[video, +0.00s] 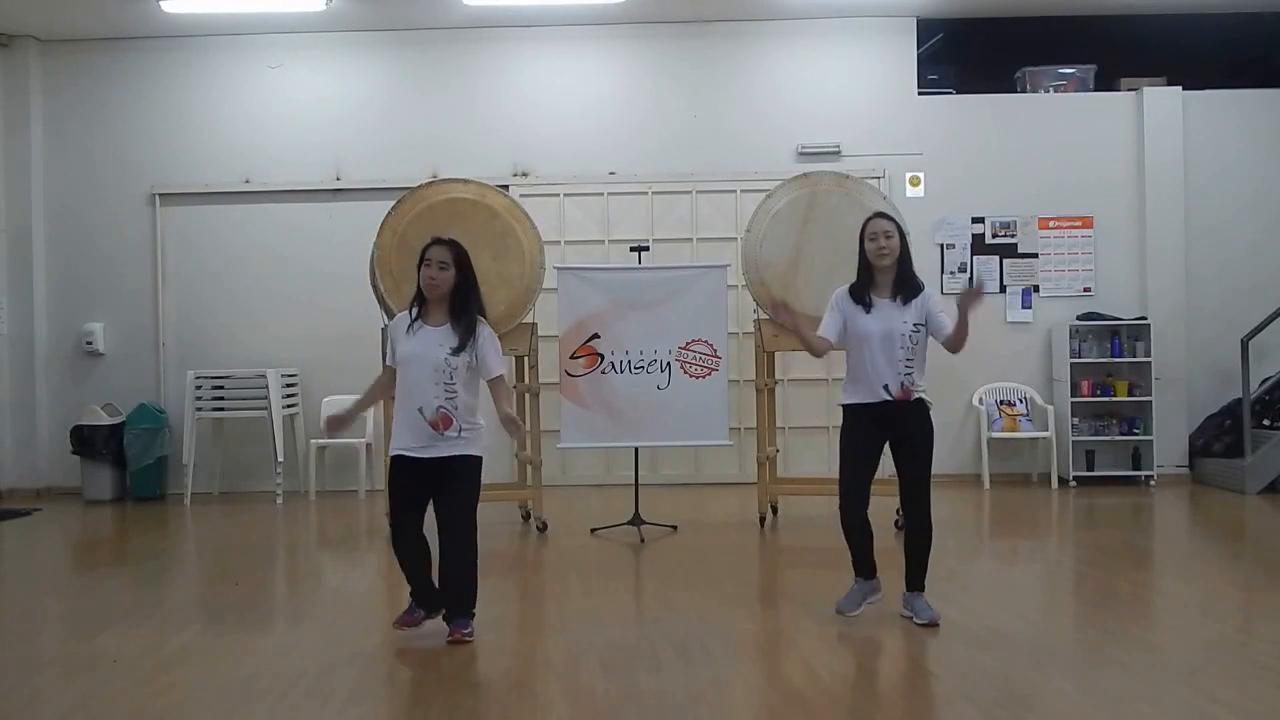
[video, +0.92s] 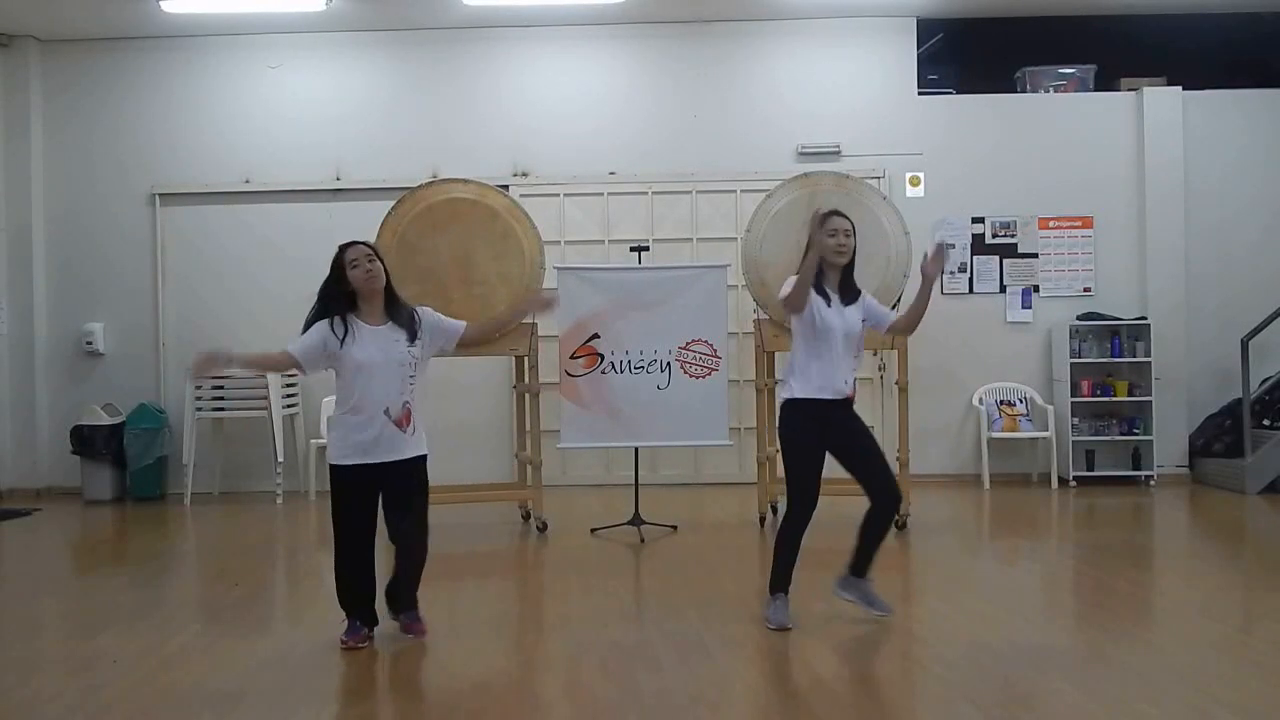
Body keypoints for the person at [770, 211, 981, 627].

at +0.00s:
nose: (881, 243)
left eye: (888, 236)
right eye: (873, 238)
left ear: (902, 243)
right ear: (862, 247)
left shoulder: (921, 295)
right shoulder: (845, 298)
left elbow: (953, 344)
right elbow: (820, 348)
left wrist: (964, 313)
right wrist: (798, 327)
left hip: (910, 413)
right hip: (860, 414)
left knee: (917, 507)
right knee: (851, 506)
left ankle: (915, 594)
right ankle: (866, 582)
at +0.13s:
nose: (874, 236)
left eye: (882, 229)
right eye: (866, 230)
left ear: (894, 237)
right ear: (855, 240)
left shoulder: (909, 288)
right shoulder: (839, 288)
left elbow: (925, 325)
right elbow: (814, 326)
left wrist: (919, 275)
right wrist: (806, 281)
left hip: (900, 407)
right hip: (850, 406)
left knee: (908, 504)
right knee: (828, 500)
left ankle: (915, 594)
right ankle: (823, 589)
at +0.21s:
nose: (865, 234)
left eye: (872, 228)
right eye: (857, 229)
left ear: (886, 236)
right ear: (847, 240)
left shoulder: (903, 287)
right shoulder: (835, 285)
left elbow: (899, 328)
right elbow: (815, 323)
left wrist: (879, 285)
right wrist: (822, 277)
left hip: (885, 405)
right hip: (835, 404)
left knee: (900, 502)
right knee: (815, 500)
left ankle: (914, 595)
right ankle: (787, 595)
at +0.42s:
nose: (846, 243)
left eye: (854, 237)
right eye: (838, 237)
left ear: (864, 247)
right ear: (825, 245)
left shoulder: (874, 303)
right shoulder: (800, 293)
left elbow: (890, 362)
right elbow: (777, 349)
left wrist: (874, 338)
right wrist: (797, 331)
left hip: (841, 413)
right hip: (794, 409)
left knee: (873, 507)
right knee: (790, 508)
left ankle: (894, 591)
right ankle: (777, 597)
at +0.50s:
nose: (842, 241)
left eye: (849, 235)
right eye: (834, 234)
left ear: (859, 247)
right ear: (819, 244)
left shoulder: (866, 305)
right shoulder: (793, 293)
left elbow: (887, 365)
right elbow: (758, 343)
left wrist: (902, 344)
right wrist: (761, 335)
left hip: (834, 414)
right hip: (788, 412)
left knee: (859, 506)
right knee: (789, 506)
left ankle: (862, 584)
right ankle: (777, 597)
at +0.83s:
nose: (835, 245)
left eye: (841, 239)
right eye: (827, 238)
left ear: (849, 249)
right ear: (810, 247)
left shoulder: (850, 304)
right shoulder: (789, 295)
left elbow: (879, 357)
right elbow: (766, 347)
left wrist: (923, 336)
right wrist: (765, 306)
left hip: (834, 417)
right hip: (793, 415)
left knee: (859, 512)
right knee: (796, 508)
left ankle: (808, 571)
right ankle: (777, 595)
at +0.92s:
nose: (841, 240)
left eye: (847, 235)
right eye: (832, 234)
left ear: (854, 245)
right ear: (816, 244)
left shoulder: (857, 298)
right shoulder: (799, 288)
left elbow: (903, 326)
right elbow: (794, 305)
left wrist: (928, 281)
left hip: (840, 411)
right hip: (801, 411)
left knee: (887, 497)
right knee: (802, 504)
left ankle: (855, 579)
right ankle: (778, 596)